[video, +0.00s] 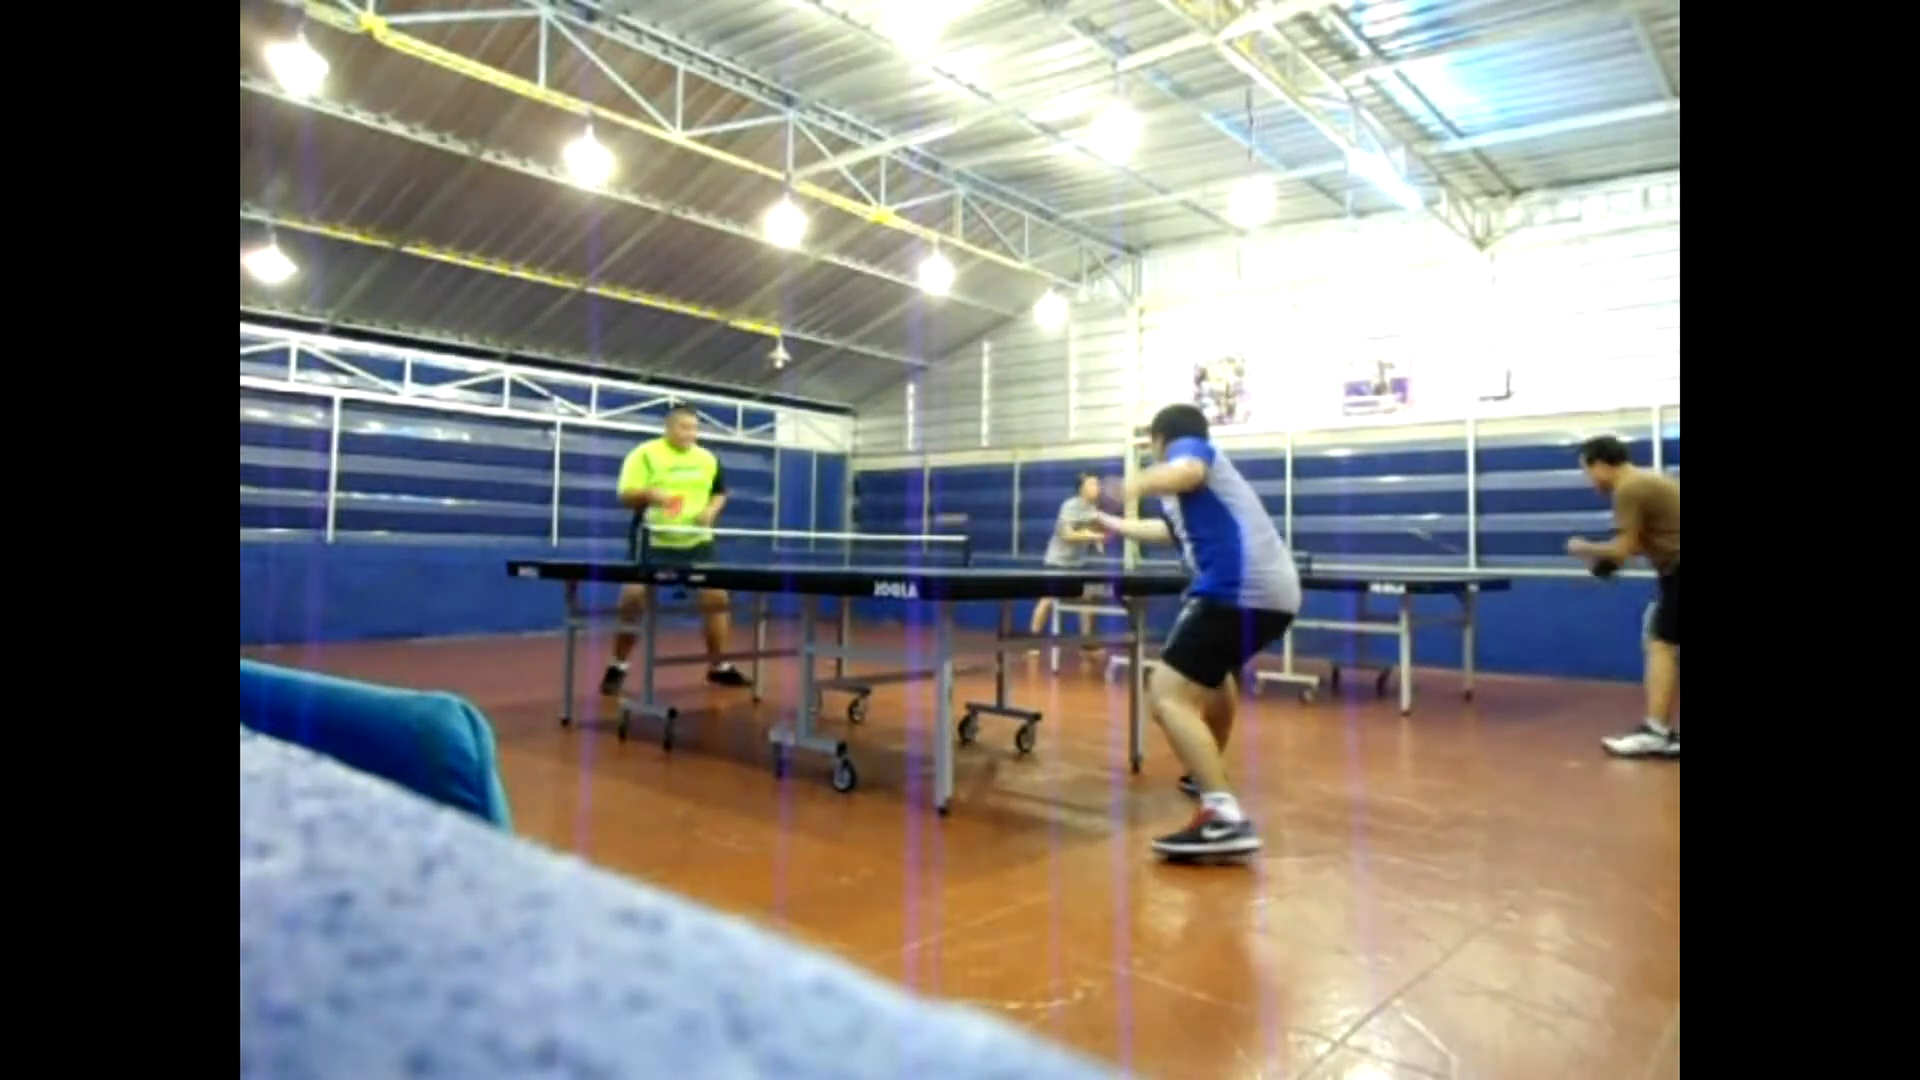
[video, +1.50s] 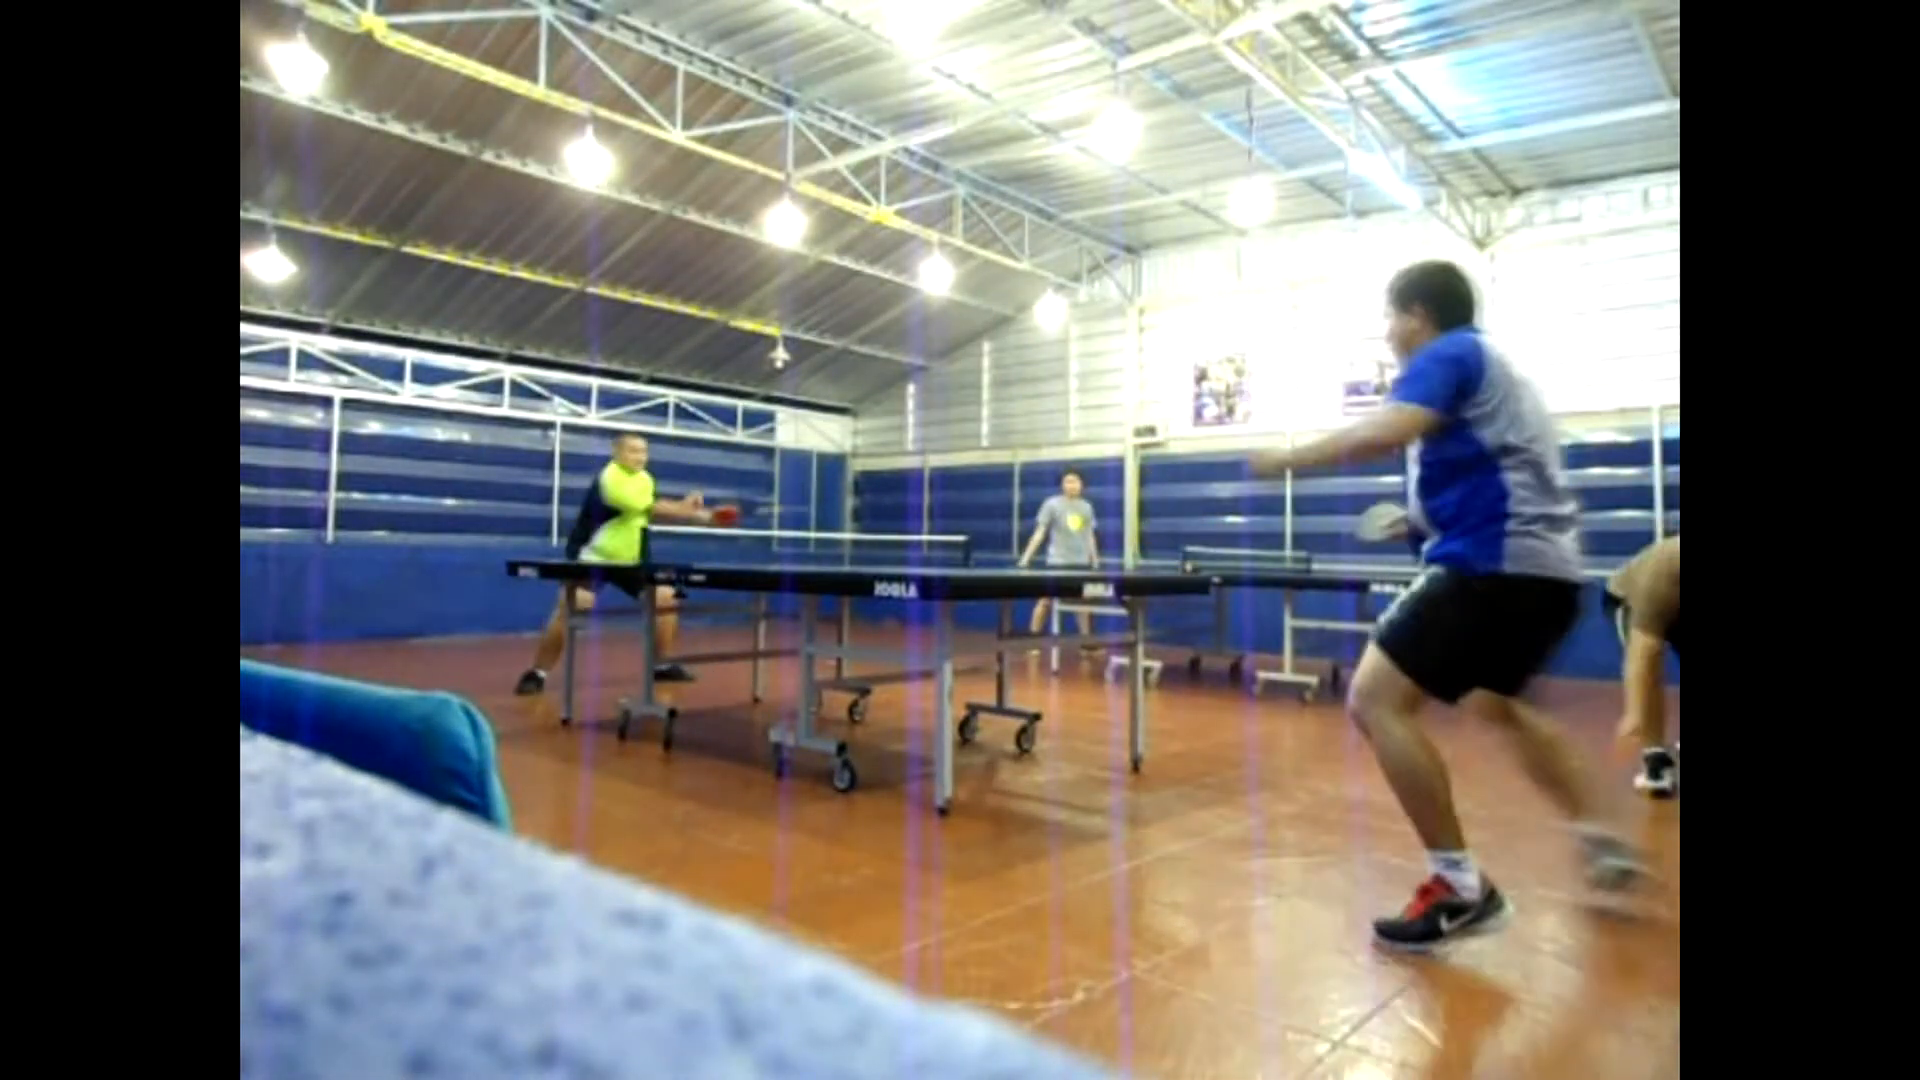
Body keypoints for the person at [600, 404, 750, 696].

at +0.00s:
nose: (689, 433)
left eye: (693, 427)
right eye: (683, 426)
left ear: (698, 430)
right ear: (669, 427)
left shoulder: (709, 460)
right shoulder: (645, 455)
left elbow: (719, 492)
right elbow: (627, 493)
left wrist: (710, 512)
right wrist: (654, 497)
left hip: (697, 539)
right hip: (655, 539)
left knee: (716, 598)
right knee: (633, 598)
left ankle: (719, 663)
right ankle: (618, 664)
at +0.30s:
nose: (681, 471)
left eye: (685, 464)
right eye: (675, 463)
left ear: (689, 463)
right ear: (659, 458)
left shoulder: (687, 487)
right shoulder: (629, 473)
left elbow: (682, 523)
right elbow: (609, 514)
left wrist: (695, 523)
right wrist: (652, 512)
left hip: (672, 555)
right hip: (630, 555)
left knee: (696, 599)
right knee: (619, 601)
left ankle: (716, 665)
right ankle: (600, 676)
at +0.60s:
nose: (666, 444)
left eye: (670, 438)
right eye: (659, 436)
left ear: (672, 441)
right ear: (642, 436)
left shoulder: (669, 465)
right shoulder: (617, 457)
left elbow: (667, 498)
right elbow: (616, 489)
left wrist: (687, 487)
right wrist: (660, 481)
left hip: (658, 543)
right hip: (621, 545)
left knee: (675, 598)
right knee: (620, 602)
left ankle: (674, 659)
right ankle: (601, 674)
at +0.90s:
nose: (664, 442)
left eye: (669, 436)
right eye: (658, 434)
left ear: (674, 440)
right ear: (645, 435)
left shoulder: (681, 471)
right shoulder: (621, 459)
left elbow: (685, 499)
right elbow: (587, 485)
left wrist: (691, 508)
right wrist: (611, 501)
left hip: (661, 544)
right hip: (620, 542)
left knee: (670, 602)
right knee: (607, 598)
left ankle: (664, 662)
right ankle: (582, 666)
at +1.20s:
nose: (638, 452)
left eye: (643, 447)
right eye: (633, 446)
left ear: (649, 451)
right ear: (621, 447)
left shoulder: (656, 479)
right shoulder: (598, 471)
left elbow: (677, 510)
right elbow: (566, 497)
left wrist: (664, 502)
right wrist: (595, 515)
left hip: (638, 560)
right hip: (594, 558)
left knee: (669, 599)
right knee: (572, 602)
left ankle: (662, 662)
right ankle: (537, 670)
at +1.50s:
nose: (639, 457)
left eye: (643, 451)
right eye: (632, 451)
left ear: (646, 455)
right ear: (617, 452)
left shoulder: (645, 481)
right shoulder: (610, 480)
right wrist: (686, 509)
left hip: (629, 562)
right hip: (591, 562)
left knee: (665, 598)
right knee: (575, 606)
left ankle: (663, 663)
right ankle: (538, 671)